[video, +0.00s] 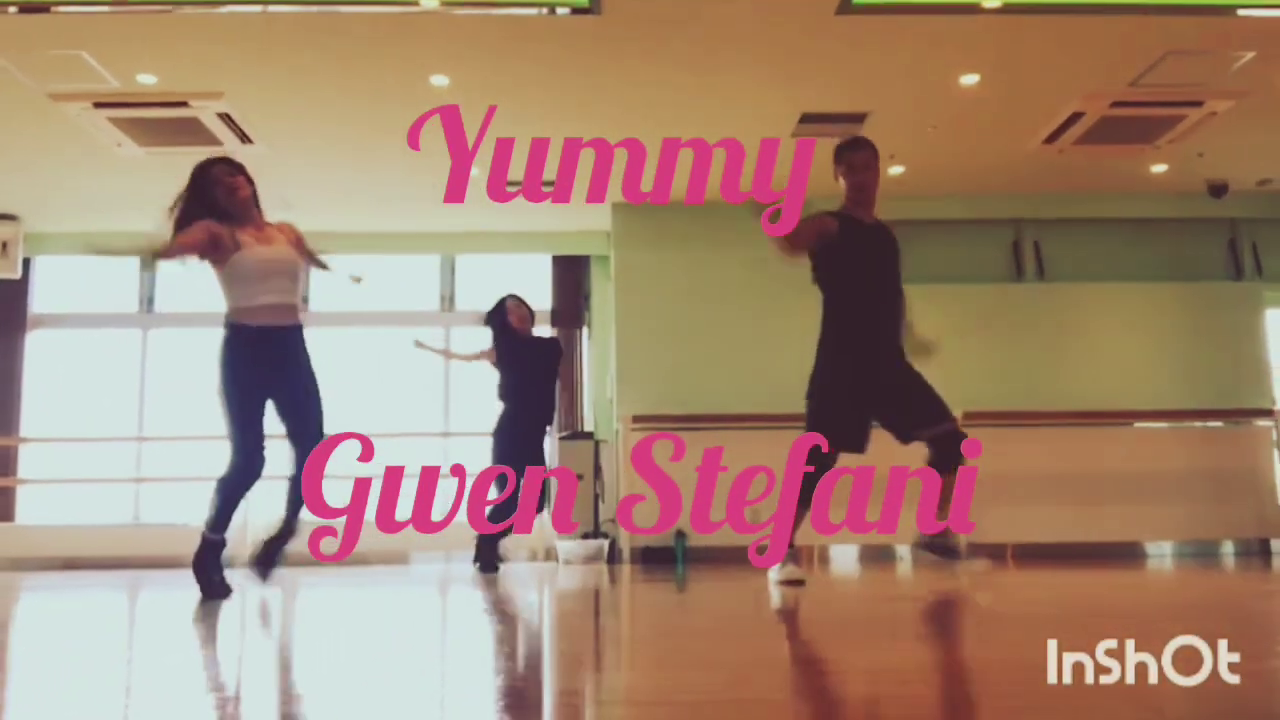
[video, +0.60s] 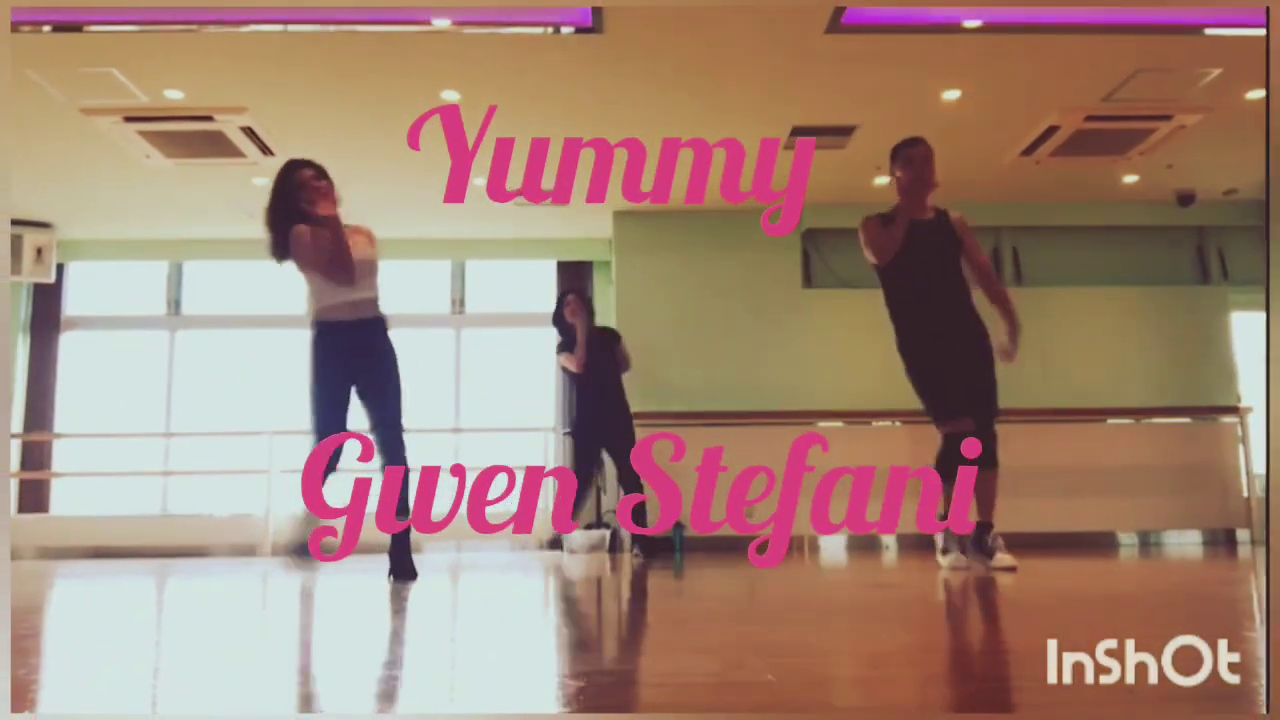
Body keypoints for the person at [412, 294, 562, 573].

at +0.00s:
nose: (520, 313)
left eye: (522, 307)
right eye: (512, 310)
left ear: (531, 313)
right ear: (503, 320)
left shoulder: (549, 346)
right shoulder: (503, 350)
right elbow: (467, 356)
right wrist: (430, 348)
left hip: (534, 430)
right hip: (510, 428)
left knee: (537, 497)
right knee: (510, 493)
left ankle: (493, 535)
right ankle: (486, 550)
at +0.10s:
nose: (522, 310)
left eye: (523, 304)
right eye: (514, 309)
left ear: (531, 306)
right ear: (508, 317)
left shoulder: (549, 341)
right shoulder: (513, 343)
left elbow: (549, 381)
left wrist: (553, 414)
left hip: (544, 425)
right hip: (518, 426)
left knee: (567, 480)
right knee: (507, 489)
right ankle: (484, 547)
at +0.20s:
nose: (530, 313)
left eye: (530, 307)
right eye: (522, 312)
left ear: (538, 312)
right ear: (514, 324)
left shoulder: (552, 347)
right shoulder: (524, 352)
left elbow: (551, 387)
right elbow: (526, 393)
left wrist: (561, 418)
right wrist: (556, 424)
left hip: (553, 427)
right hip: (527, 430)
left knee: (584, 484)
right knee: (517, 493)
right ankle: (488, 545)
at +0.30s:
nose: (541, 323)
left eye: (541, 318)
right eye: (533, 321)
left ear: (547, 323)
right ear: (523, 332)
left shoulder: (560, 355)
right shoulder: (535, 362)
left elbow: (569, 392)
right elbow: (552, 402)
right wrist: (583, 399)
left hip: (562, 439)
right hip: (539, 441)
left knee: (598, 491)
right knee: (521, 499)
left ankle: (640, 542)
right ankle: (489, 546)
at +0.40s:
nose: (551, 325)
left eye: (553, 320)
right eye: (544, 323)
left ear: (560, 324)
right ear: (537, 333)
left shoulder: (576, 352)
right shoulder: (548, 362)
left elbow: (589, 374)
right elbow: (566, 394)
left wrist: (603, 367)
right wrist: (595, 375)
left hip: (582, 429)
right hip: (561, 431)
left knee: (611, 484)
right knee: (537, 490)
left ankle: (639, 541)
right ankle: (493, 541)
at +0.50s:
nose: (564, 316)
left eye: (566, 310)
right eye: (557, 315)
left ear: (575, 314)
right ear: (551, 325)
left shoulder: (596, 344)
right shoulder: (559, 356)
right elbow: (579, 376)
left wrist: (595, 330)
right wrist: (594, 343)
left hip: (606, 425)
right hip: (578, 427)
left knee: (627, 483)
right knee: (552, 484)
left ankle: (639, 542)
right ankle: (514, 533)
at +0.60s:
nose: (574, 307)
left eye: (578, 301)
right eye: (568, 305)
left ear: (587, 306)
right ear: (562, 315)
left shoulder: (608, 335)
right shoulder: (565, 346)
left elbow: (625, 364)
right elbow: (578, 366)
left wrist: (601, 373)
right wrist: (581, 327)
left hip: (617, 417)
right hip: (587, 420)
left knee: (630, 477)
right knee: (583, 477)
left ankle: (640, 537)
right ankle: (559, 532)